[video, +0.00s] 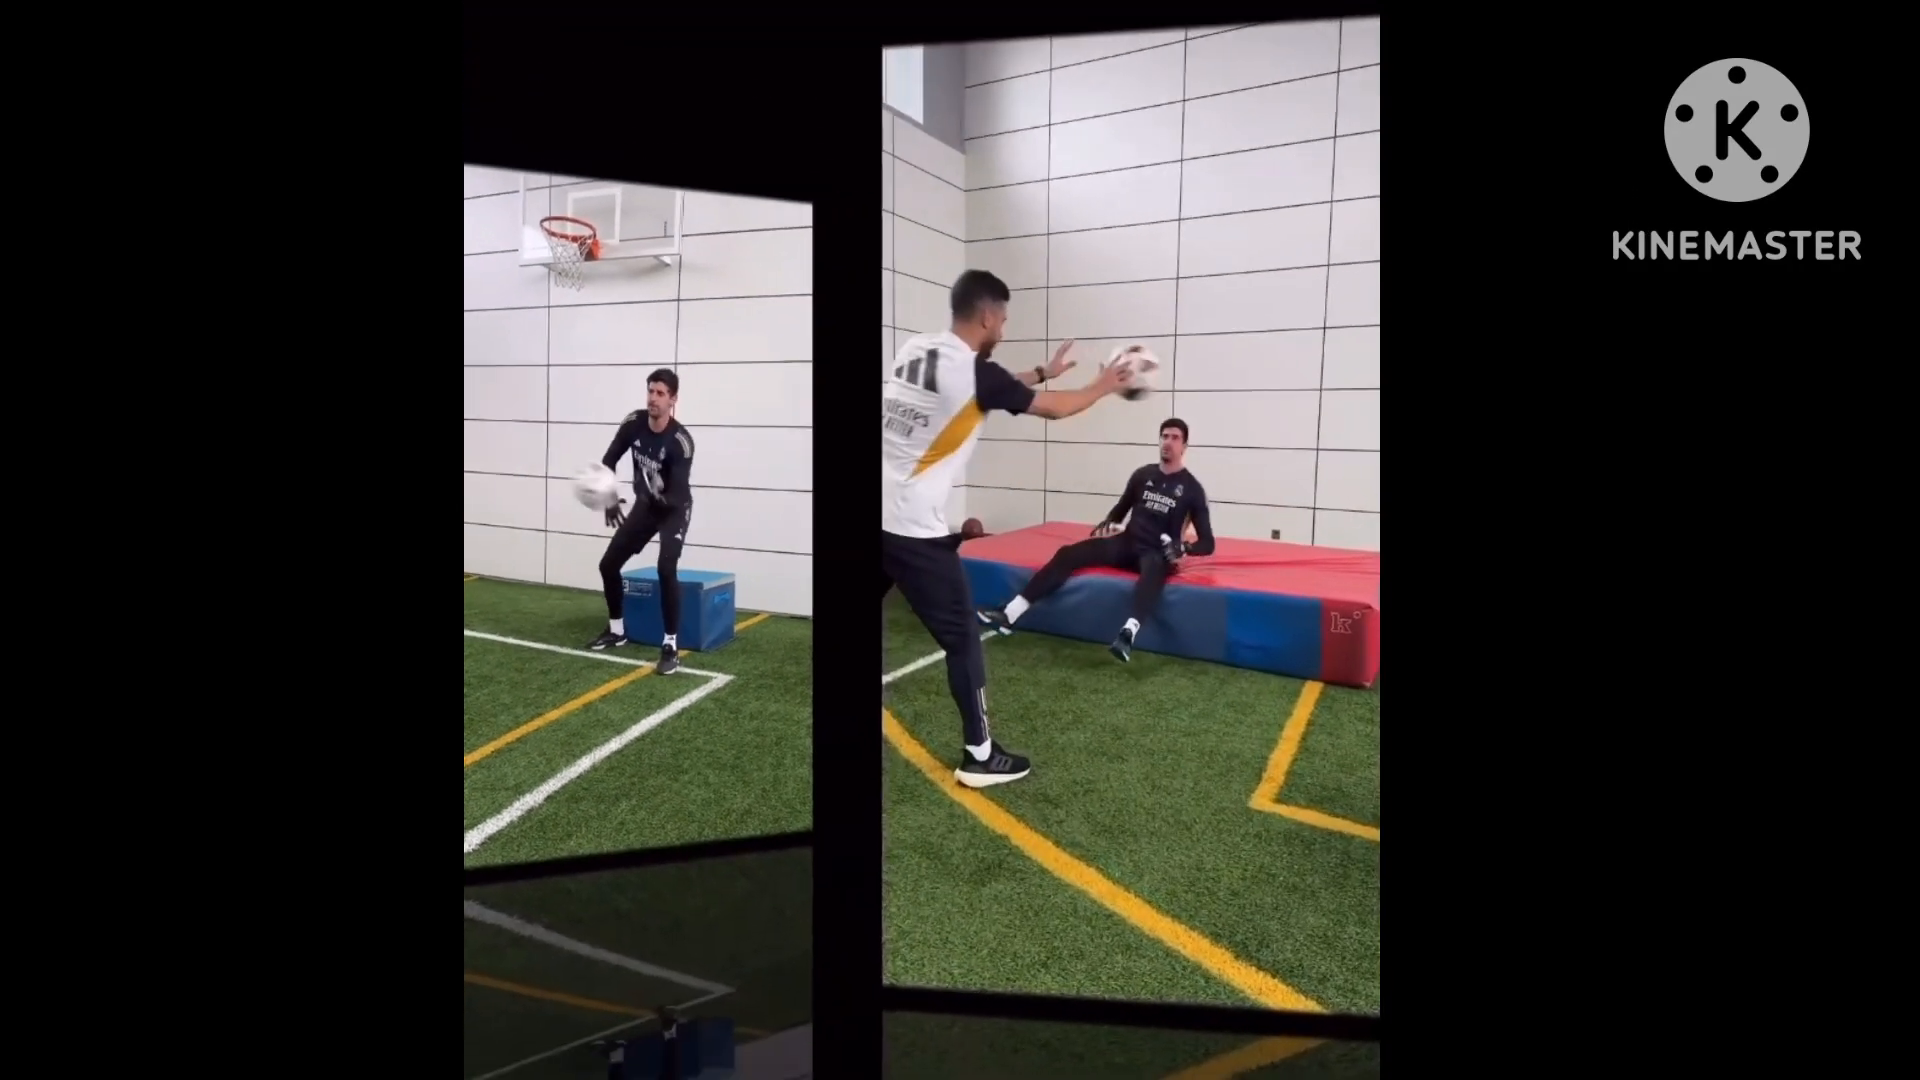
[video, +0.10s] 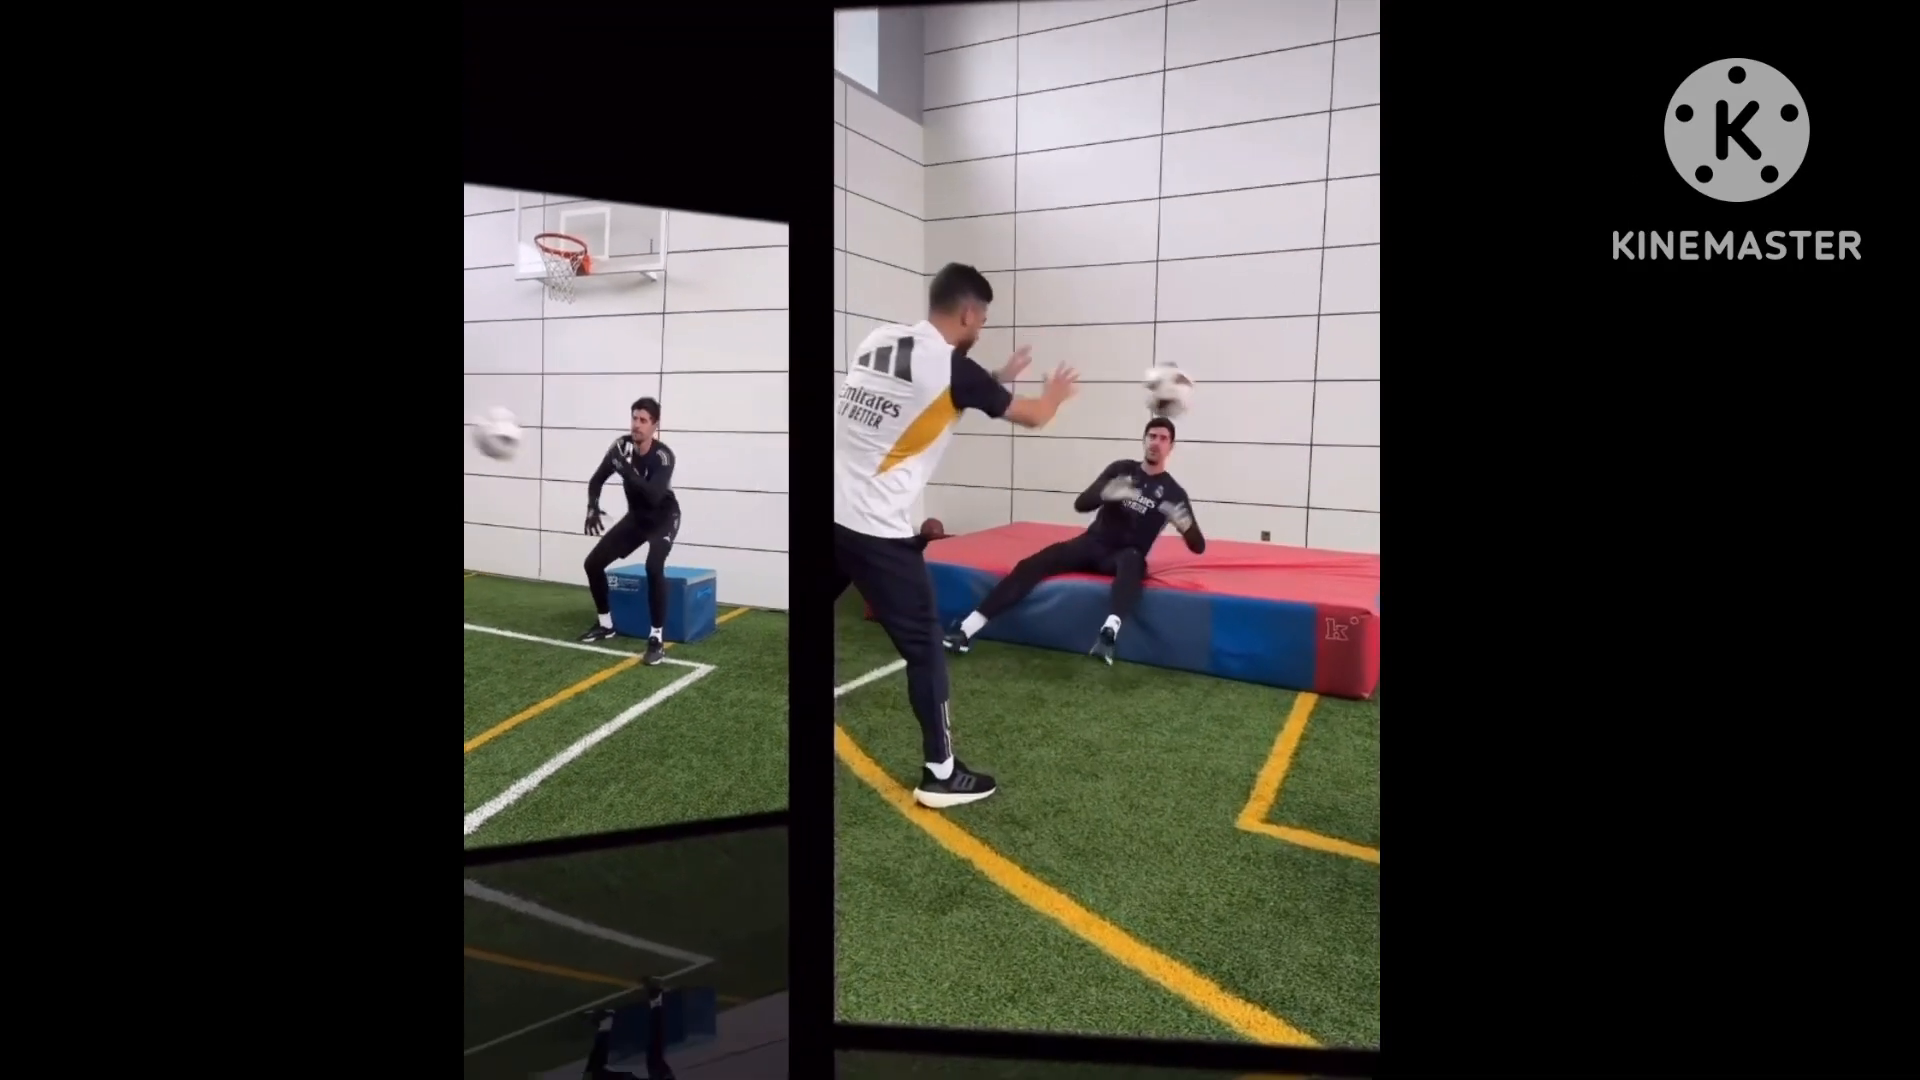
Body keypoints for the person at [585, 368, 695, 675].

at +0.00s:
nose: (653, 398)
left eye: (660, 393)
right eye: (650, 391)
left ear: (673, 399)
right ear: (646, 394)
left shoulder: (680, 442)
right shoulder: (635, 423)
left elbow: (677, 500)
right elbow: (609, 461)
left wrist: (658, 496)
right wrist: (608, 497)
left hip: (675, 510)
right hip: (645, 505)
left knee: (666, 570)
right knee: (608, 565)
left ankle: (669, 647)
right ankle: (616, 632)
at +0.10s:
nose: (636, 424)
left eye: (643, 420)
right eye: (634, 419)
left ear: (655, 425)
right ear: (630, 421)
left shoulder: (663, 455)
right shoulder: (622, 445)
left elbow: (654, 495)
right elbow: (596, 480)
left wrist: (625, 468)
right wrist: (593, 507)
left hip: (664, 518)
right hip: (637, 517)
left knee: (653, 567)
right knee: (593, 564)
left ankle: (656, 639)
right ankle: (605, 626)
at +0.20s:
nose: (622, 449)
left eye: (628, 444)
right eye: (620, 443)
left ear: (639, 447)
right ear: (616, 445)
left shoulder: (648, 471)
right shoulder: (612, 471)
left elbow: (644, 503)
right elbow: (587, 499)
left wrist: (619, 481)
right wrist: (582, 517)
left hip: (654, 530)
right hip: (627, 530)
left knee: (643, 564)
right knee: (582, 563)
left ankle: (643, 632)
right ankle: (596, 619)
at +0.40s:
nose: (606, 479)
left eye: (610, 475)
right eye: (603, 475)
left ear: (620, 478)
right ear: (601, 478)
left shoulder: (631, 501)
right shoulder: (600, 503)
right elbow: (584, 527)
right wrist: (569, 538)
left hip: (630, 556)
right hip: (608, 554)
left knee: (631, 571)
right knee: (570, 558)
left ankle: (622, 621)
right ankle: (580, 608)